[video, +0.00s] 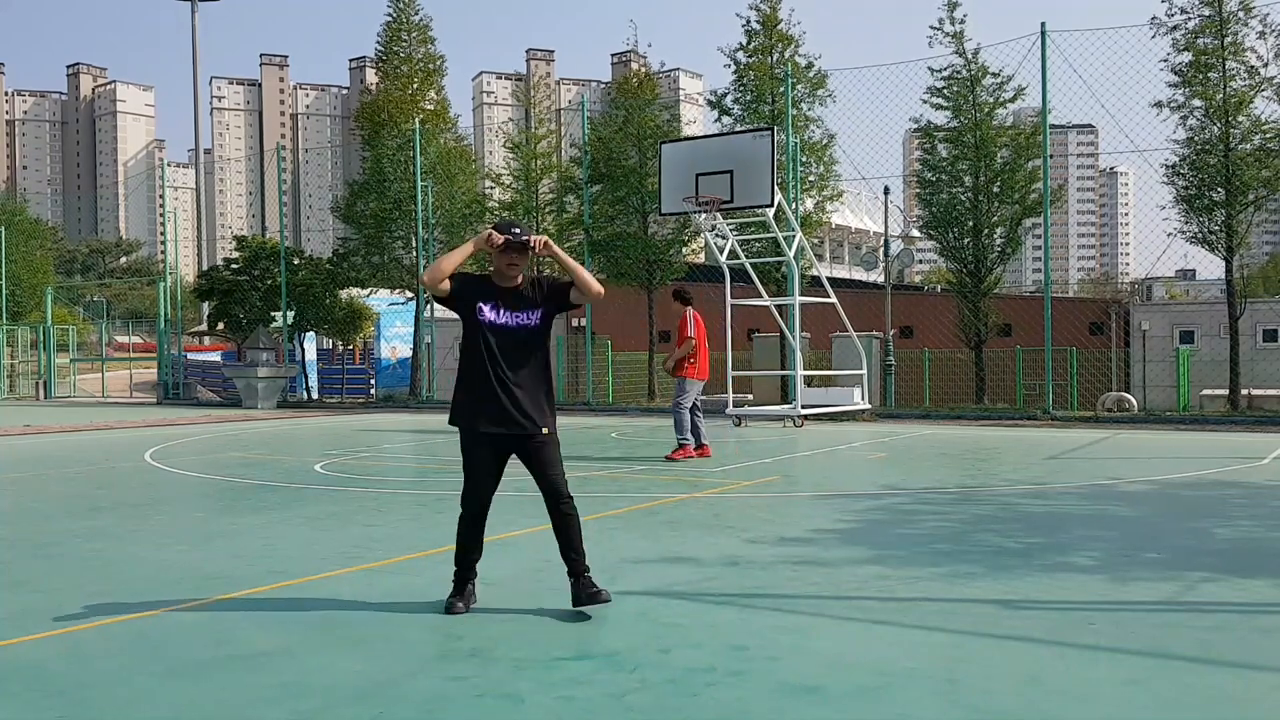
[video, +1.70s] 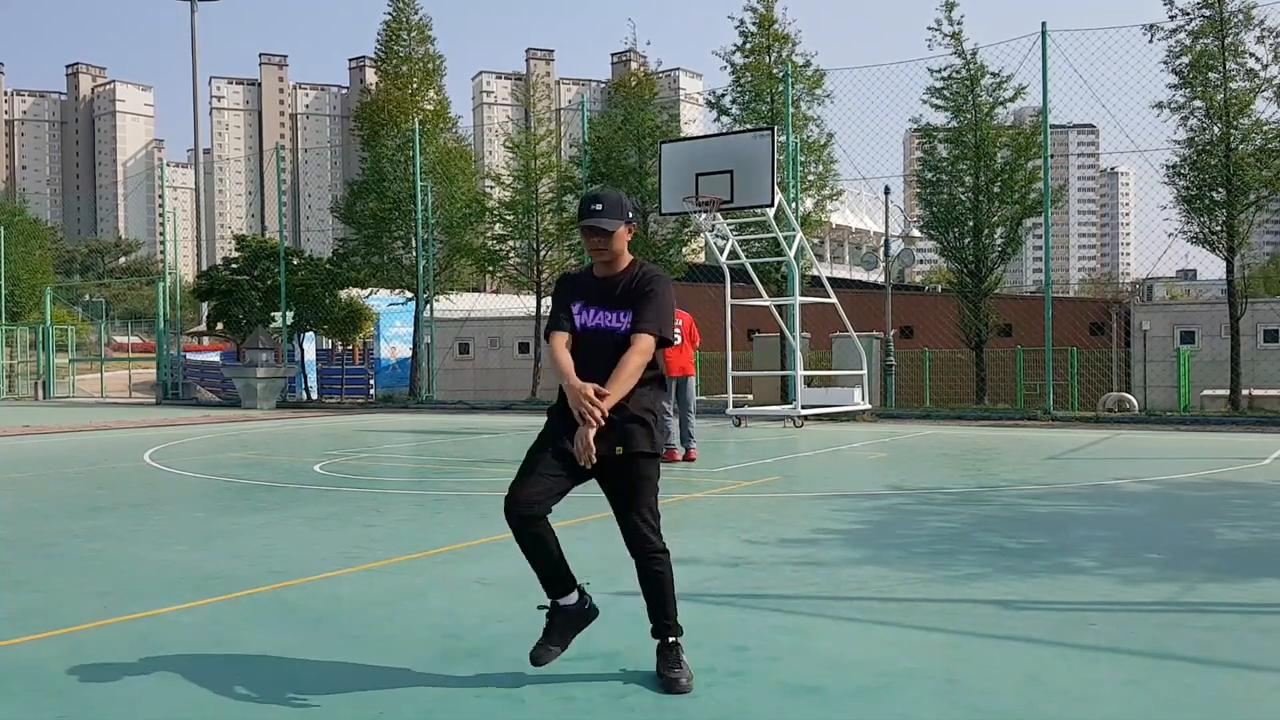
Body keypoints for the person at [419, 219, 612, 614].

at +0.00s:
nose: (513, 263)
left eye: (520, 256)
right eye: (506, 256)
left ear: (530, 259)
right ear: (491, 258)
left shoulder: (544, 292)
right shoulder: (472, 289)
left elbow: (595, 292)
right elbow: (431, 279)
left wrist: (553, 250)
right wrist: (476, 242)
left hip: (534, 418)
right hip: (482, 419)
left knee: (560, 496)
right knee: (474, 505)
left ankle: (581, 579)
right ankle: (463, 586)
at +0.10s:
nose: (538, 266)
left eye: (544, 259)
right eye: (531, 259)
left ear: (551, 263)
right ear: (513, 260)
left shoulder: (560, 296)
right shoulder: (492, 292)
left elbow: (611, 302)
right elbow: (463, 293)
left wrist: (577, 260)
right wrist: (501, 253)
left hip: (552, 425)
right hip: (498, 425)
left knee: (580, 501)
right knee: (483, 508)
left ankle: (599, 585)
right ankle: (464, 585)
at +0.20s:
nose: (562, 271)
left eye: (566, 265)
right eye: (554, 264)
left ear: (569, 270)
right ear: (534, 268)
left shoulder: (574, 309)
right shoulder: (511, 300)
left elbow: (625, 330)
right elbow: (505, 321)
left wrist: (601, 282)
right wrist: (529, 272)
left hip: (572, 433)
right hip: (520, 434)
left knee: (606, 504)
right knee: (499, 511)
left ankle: (604, 589)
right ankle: (465, 585)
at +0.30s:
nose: (586, 262)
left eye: (591, 256)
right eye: (577, 256)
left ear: (595, 261)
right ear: (556, 259)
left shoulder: (595, 304)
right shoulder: (533, 301)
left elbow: (629, 348)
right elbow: (535, 357)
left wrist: (618, 310)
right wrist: (563, 308)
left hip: (587, 425)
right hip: (539, 427)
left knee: (611, 501)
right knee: (521, 506)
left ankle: (605, 588)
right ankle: (477, 581)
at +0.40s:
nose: (600, 257)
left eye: (605, 250)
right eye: (591, 250)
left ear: (611, 257)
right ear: (571, 255)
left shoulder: (616, 302)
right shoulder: (544, 303)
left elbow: (635, 358)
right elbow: (546, 367)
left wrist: (607, 340)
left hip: (597, 419)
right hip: (549, 421)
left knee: (613, 500)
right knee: (545, 501)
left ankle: (605, 587)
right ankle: (513, 579)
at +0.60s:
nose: (587, 242)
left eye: (596, 237)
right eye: (581, 236)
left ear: (610, 246)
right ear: (569, 244)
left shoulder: (631, 290)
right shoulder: (549, 295)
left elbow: (652, 350)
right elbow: (543, 364)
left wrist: (593, 368)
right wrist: (579, 408)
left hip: (620, 409)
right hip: (567, 409)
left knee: (617, 502)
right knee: (576, 497)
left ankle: (612, 588)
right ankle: (583, 587)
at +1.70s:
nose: (596, 241)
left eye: (605, 233)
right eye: (589, 233)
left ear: (629, 232)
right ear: (582, 235)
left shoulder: (652, 284)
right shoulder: (569, 285)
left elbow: (639, 353)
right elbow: (559, 344)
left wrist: (594, 419)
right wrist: (572, 383)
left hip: (630, 420)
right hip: (574, 418)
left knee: (643, 534)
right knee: (522, 507)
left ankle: (669, 643)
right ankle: (569, 602)